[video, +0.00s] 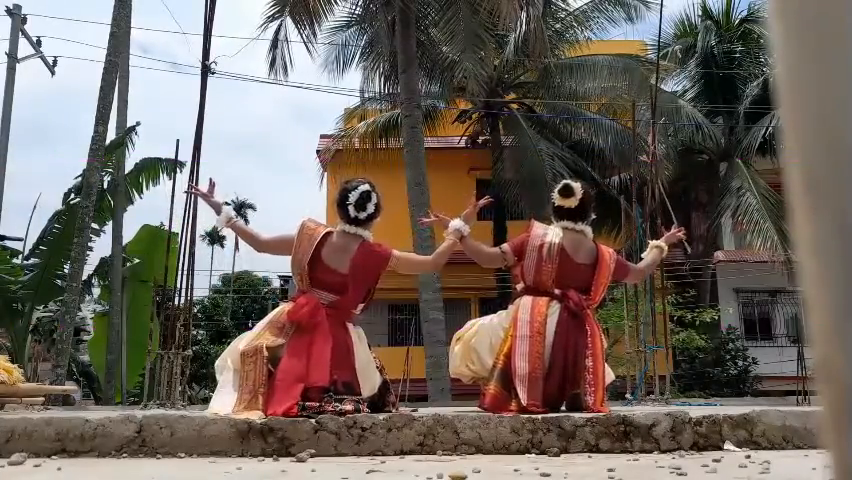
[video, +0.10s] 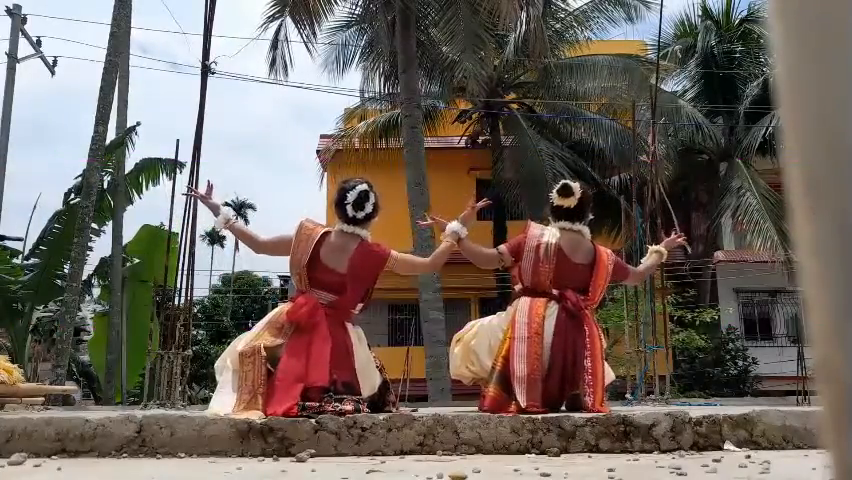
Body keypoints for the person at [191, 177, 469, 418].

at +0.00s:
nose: (366, 213)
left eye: (350, 205)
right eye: (371, 209)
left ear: (338, 208)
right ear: (374, 214)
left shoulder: (310, 237)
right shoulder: (378, 255)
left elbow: (259, 243)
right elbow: (433, 263)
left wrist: (219, 209)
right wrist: (461, 224)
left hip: (293, 337)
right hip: (341, 344)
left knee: (241, 355)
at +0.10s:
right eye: (369, 209)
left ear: (337, 207)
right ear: (372, 215)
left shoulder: (308, 238)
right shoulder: (377, 256)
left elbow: (258, 245)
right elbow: (431, 265)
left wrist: (218, 210)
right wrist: (459, 226)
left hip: (295, 342)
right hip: (341, 349)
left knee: (243, 352)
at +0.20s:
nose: (359, 210)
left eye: (346, 202)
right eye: (367, 206)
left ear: (334, 207)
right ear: (370, 213)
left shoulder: (306, 238)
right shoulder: (374, 255)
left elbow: (256, 247)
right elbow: (427, 268)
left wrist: (214, 213)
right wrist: (455, 231)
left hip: (293, 339)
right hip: (341, 346)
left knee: (240, 356)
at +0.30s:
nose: (356, 209)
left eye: (343, 202)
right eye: (363, 206)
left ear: (331, 206)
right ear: (367, 214)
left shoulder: (302, 237)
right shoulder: (370, 254)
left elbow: (252, 249)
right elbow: (418, 273)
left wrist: (212, 218)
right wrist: (443, 247)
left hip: (292, 342)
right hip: (341, 347)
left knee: (240, 357)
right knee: (375, 395)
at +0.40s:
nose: (345, 209)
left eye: (338, 202)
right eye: (357, 207)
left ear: (327, 205)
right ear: (361, 215)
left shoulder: (296, 237)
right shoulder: (365, 253)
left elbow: (246, 253)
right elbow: (414, 276)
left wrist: (207, 227)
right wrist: (437, 250)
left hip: (291, 344)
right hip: (339, 348)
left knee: (239, 360)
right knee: (371, 393)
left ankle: (252, 421)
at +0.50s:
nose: (349, 216)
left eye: (336, 205)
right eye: (354, 211)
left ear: (321, 205)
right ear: (354, 217)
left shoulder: (290, 239)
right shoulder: (358, 252)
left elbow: (240, 260)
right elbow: (404, 278)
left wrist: (202, 239)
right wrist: (432, 255)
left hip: (290, 342)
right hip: (337, 344)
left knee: (240, 360)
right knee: (369, 392)